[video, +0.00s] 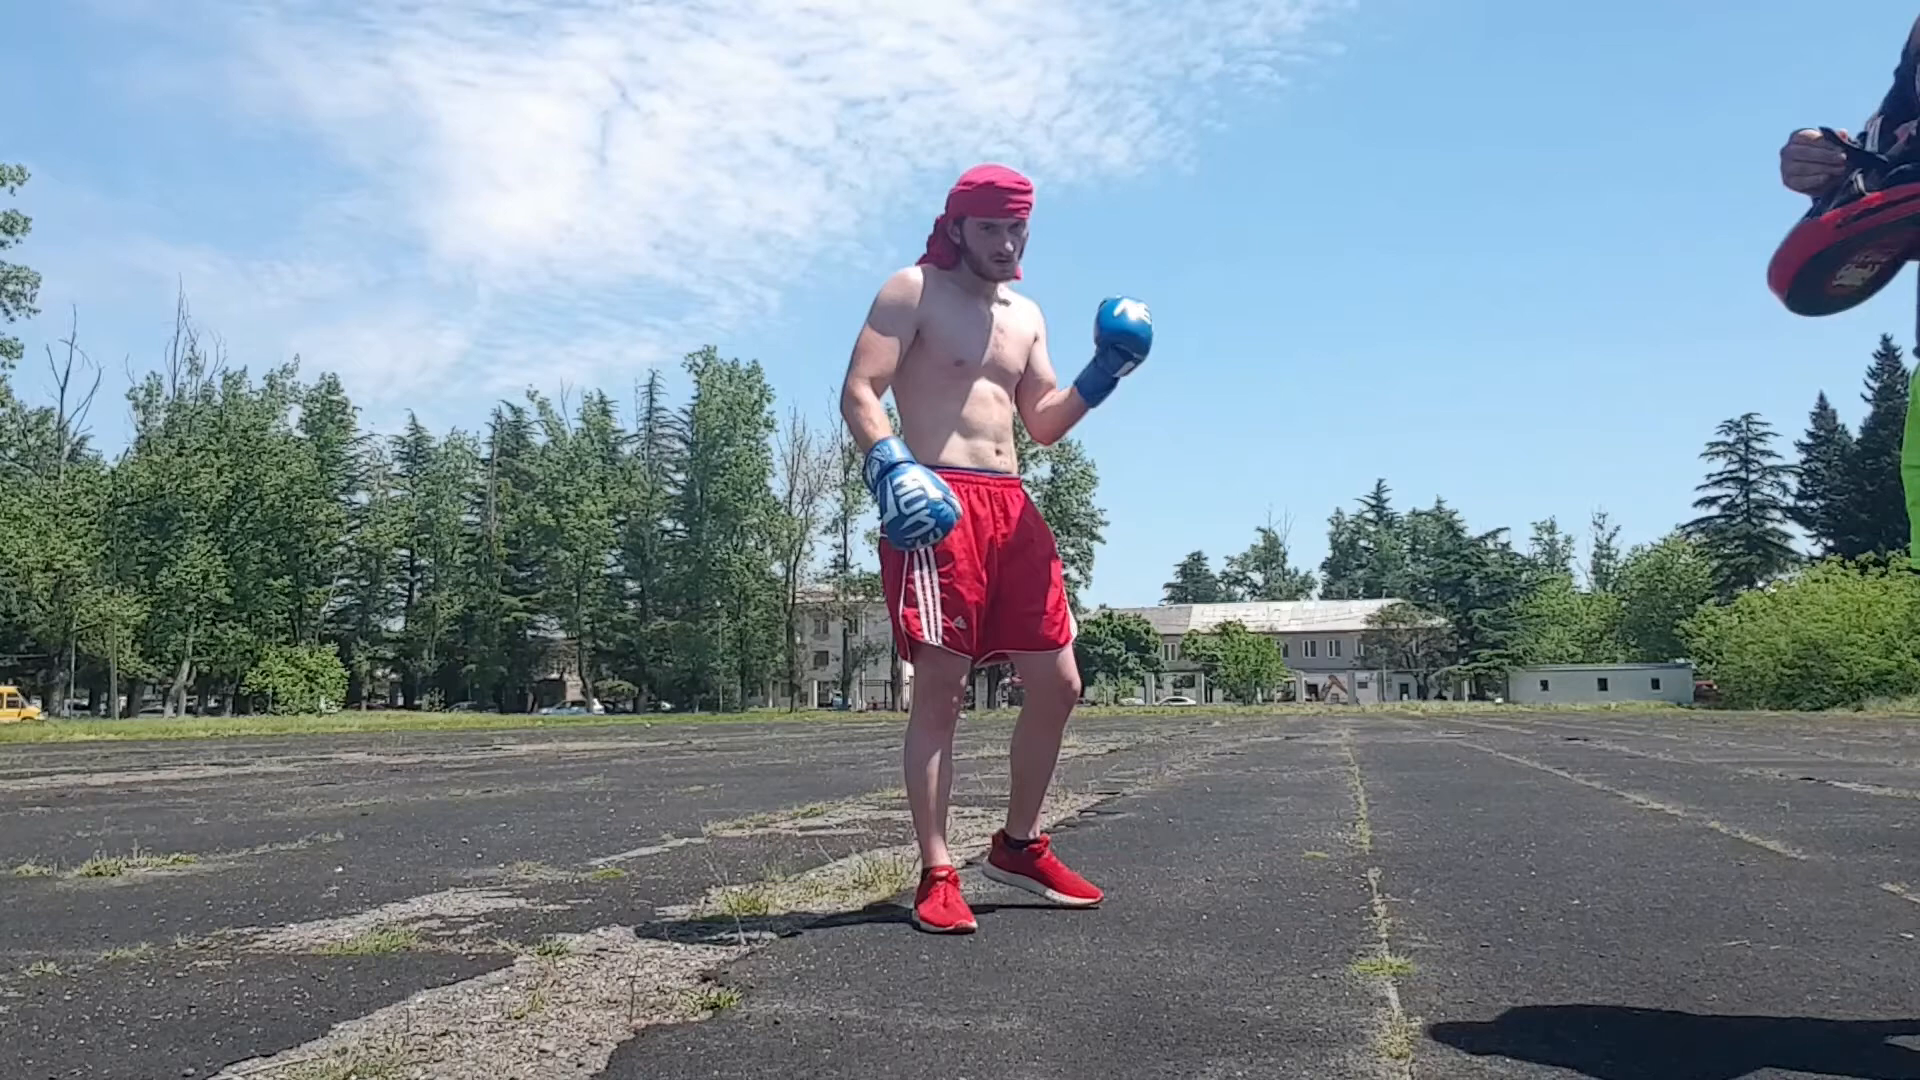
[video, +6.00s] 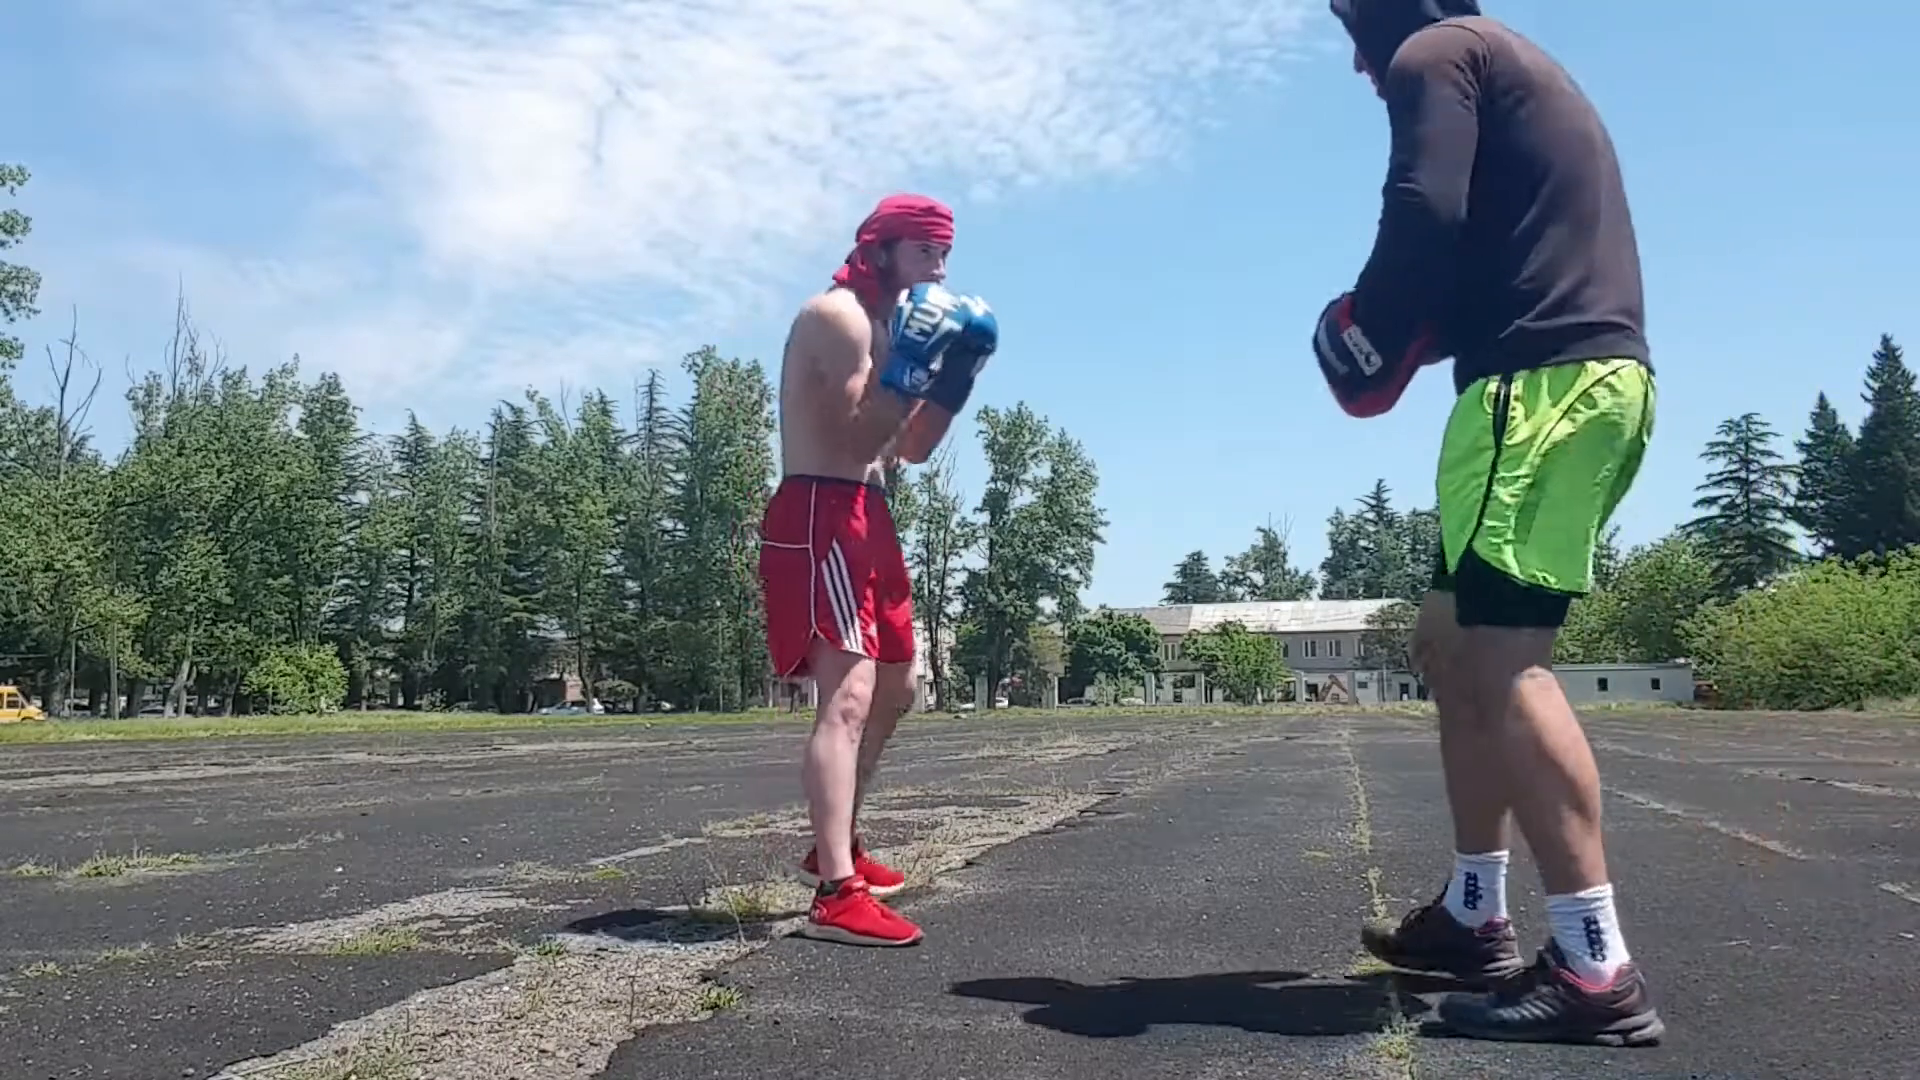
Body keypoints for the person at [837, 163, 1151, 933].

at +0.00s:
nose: (1010, 244)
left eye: (1018, 230)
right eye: (994, 231)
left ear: (1025, 230)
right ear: (956, 230)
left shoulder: (1027, 312)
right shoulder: (915, 289)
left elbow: (1043, 423)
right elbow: (859, 392)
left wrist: (1103, 369)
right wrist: (896, 470)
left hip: (1012, 507)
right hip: (937, 502)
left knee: (1057, 685)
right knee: (939, 685)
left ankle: (1019, 843)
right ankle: (938, 872)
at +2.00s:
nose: (1027, 220)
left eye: (1029, 206)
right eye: (1011, 207)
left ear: (1019, 212)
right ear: (966, 213)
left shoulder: (1015, 300)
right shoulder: (924, 275)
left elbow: (1046, 408)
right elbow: (879, 388)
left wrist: (1076, 324)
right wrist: (917, 488)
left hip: (1013, 495)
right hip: (952, 491)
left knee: (1007, 685)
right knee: (962, 679)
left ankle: (942, 860)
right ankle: (959, 882)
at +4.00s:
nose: (938, 264)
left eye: (944, 251)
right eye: (925, 249)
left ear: (941, 257)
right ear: (880, 245)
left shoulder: (904, 340)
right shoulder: (839, 298)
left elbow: (895, 458)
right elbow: (777, 388)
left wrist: (941, 418)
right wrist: (861, 392)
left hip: (884, 513)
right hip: (842, 509)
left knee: (839, 701)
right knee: (881, 693)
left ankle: (821, 874)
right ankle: (879, 884)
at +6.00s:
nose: (939, 266)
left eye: (944, 254)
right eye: (927, 250)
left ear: (929, 262)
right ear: (879, 248)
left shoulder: (896, 328)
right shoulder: (835, 314)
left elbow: (914, 445)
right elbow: (859, 430)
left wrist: (957, 373)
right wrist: (915, 359)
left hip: (870, 516)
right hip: (820, 515)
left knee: (896, 688)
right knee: (847, 696)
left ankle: (836, 842)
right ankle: (836, 888)